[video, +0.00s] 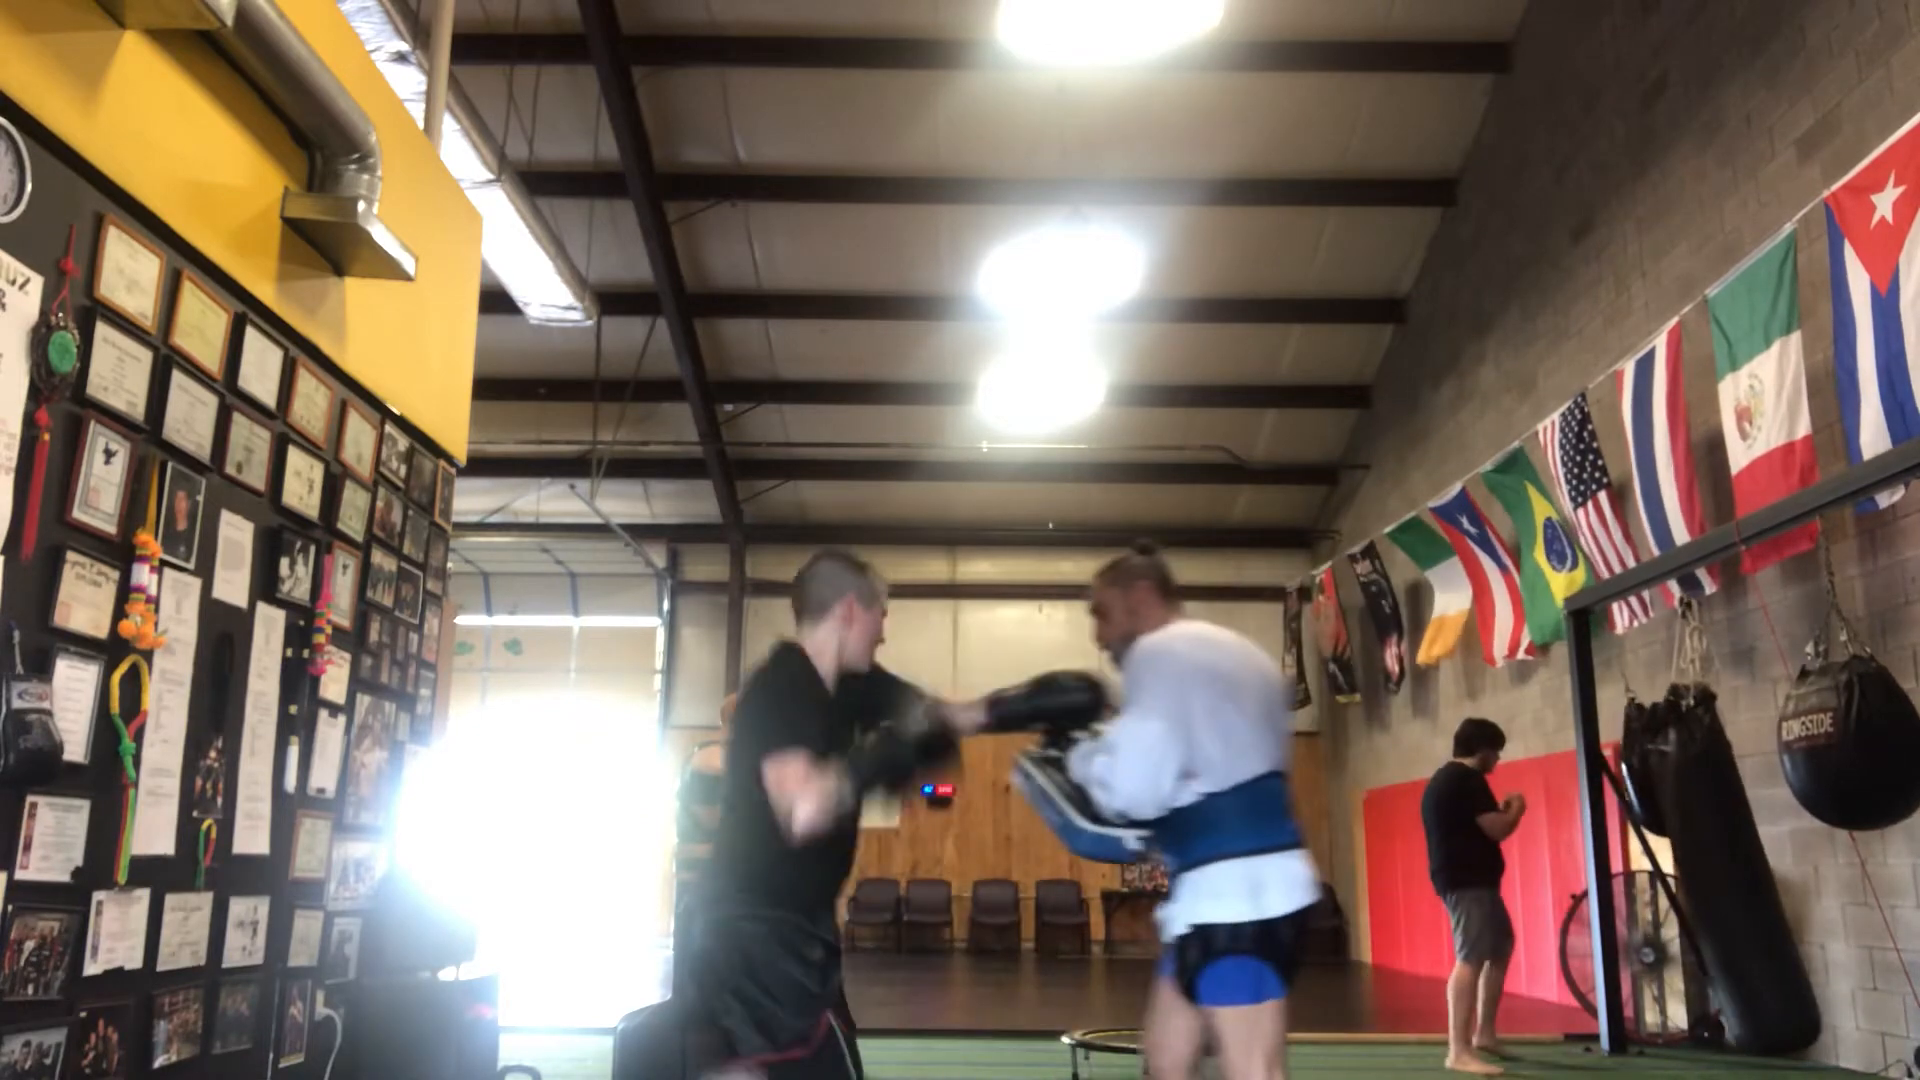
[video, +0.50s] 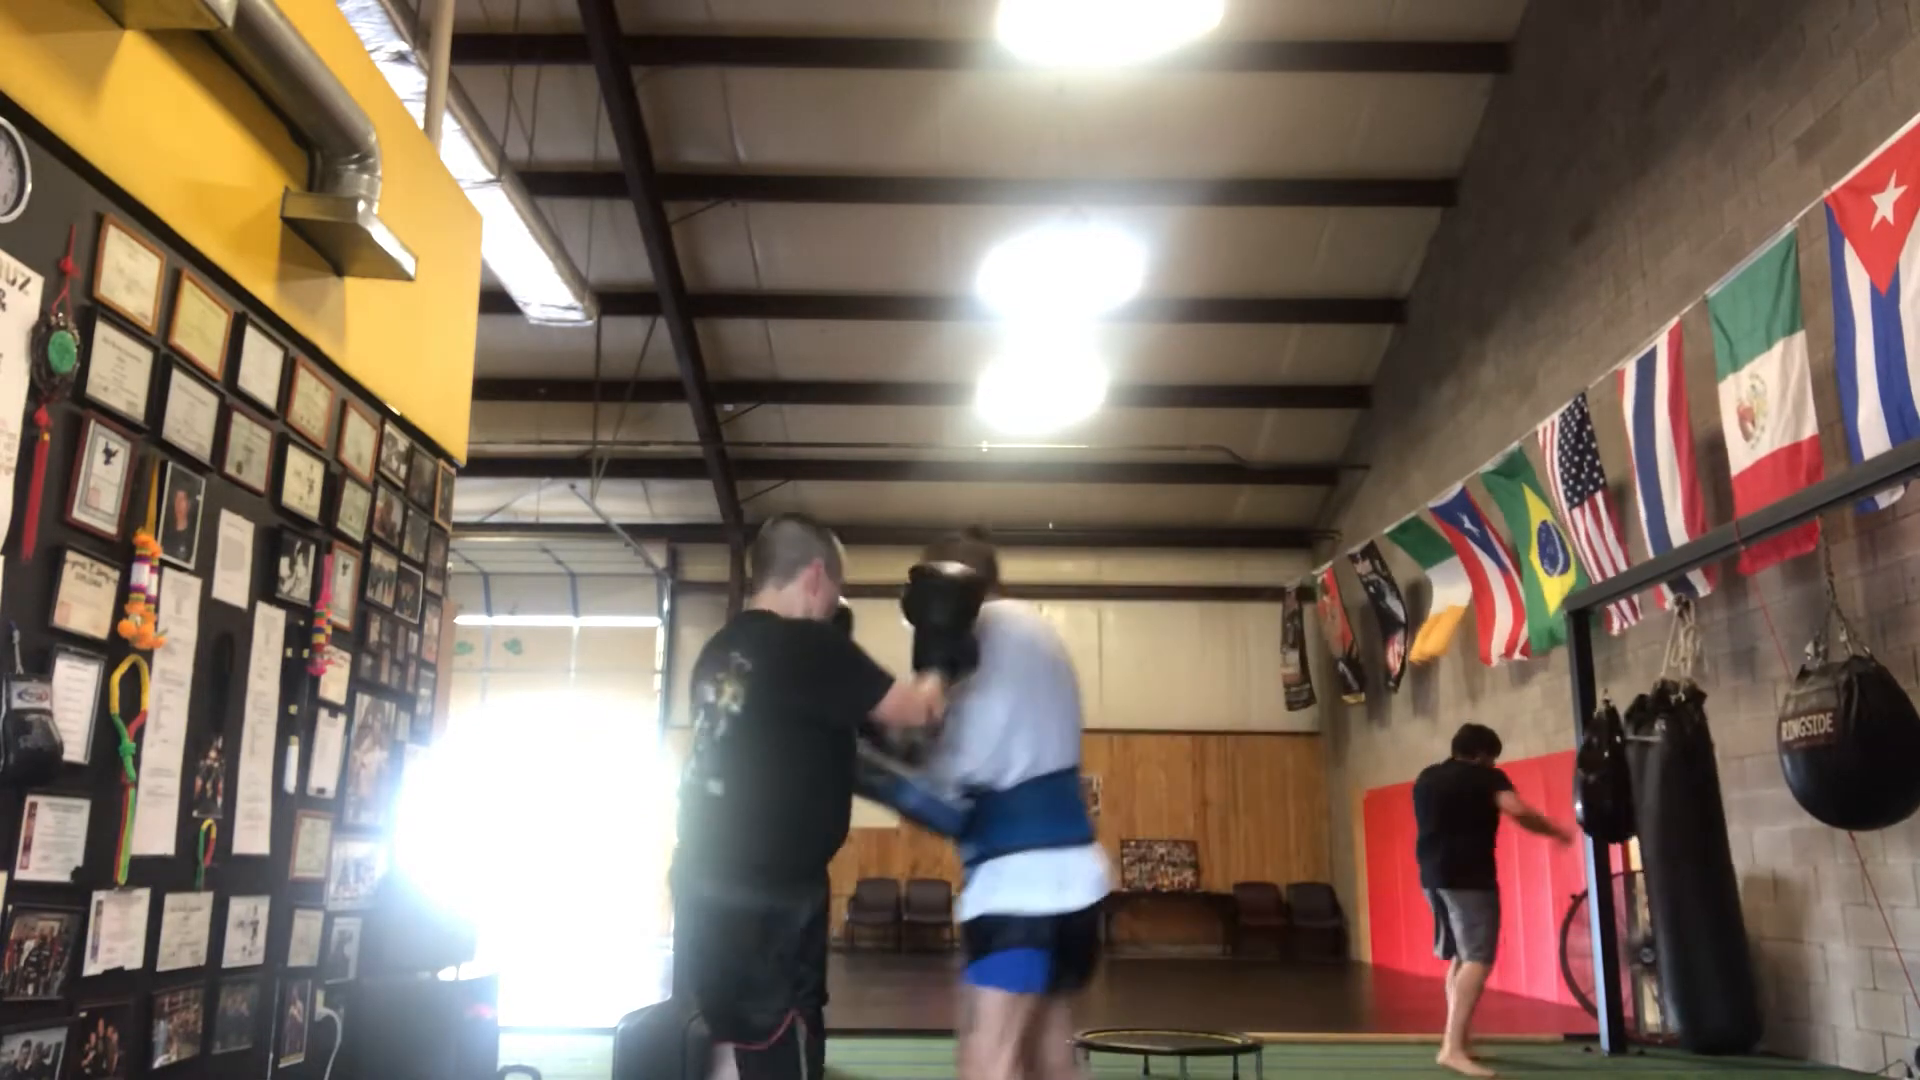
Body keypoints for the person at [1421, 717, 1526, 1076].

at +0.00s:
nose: (1497, 761)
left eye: (1498, 754)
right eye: (1495, 753)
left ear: (1462, 747)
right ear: (1481, 750)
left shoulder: (1444, 780)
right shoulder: (1465, 780)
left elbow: (1481, 829)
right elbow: (1496, 829)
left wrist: (1506, 812)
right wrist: (1514, 810)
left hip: (1472, 882)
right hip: (1467, 883)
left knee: (1501, 946)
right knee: (1471, 958)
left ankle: (1484, 1035)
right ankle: (1458, 1052)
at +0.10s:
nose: (1497, 759)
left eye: (1498, 752)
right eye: (1495, 751)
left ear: (1464, 745)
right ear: (1481, 749)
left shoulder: (1450, 777)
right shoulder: (1464, 778)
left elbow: (1485, 825)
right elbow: (1495, 825)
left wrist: (1503, 800)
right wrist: (1512, 798)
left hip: (1475, 880)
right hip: (1465, 882)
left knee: (1500, 946)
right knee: (1473, 956)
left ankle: (1474, 1032)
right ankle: (1458, 1050)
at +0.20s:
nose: (1496, 758)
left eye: (1497, 752)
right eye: (1494, 751)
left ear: (1464, 746)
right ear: (1480, 748)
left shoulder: (1448, 775)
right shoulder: (1462, 777)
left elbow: (1486, 823)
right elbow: (1493, 824)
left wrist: (1501, 797)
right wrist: (1505, 795)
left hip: (1461, 879)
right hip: (1466, 880)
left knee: (1488, 952)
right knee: (1489, 952)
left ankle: (1461, 1039)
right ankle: (1463, 1044)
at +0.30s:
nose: (1495, 760)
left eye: (1496, 754)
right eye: (1493, 753)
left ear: (1461, 747)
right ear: (1479, 751)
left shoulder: (1441, 776)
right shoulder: (1466, 778)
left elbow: (1464, 822)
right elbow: (1490, 824)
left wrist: (1501, 803)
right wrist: (1506, 802)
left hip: (1445, 884)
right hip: (1471, 881)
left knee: (1474, 956)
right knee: (1504, 949)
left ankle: (1459, 1037)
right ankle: (1468, 1037)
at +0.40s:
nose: (1493, 764)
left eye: (1494, 757)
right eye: (1492, 757)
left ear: (1458, 749)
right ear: (1479, 753)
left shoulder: (1433, 776)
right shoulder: (1473, 777)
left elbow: (1455, 809)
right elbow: (1493, 815)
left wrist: (1491, 789)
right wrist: (1518, 833)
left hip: (1439, 882)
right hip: (1470, 879)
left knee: (1465, 959)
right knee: (1495, 953)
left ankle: (1456, 1038)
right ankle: (1462, 1040)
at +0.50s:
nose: (1492, 764)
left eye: (1493, 759)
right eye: (1492, 759)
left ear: (1455, 751)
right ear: (1483, 755)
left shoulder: (1427, 777)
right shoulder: (1489, 776)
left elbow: (1431, 825)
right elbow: (1519, 813)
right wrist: (1556, 831)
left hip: (1433, 879)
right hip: (1470, 877)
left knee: (1459, 957)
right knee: (1477, 958)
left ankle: (1456, 1040)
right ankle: (1452, 1049)